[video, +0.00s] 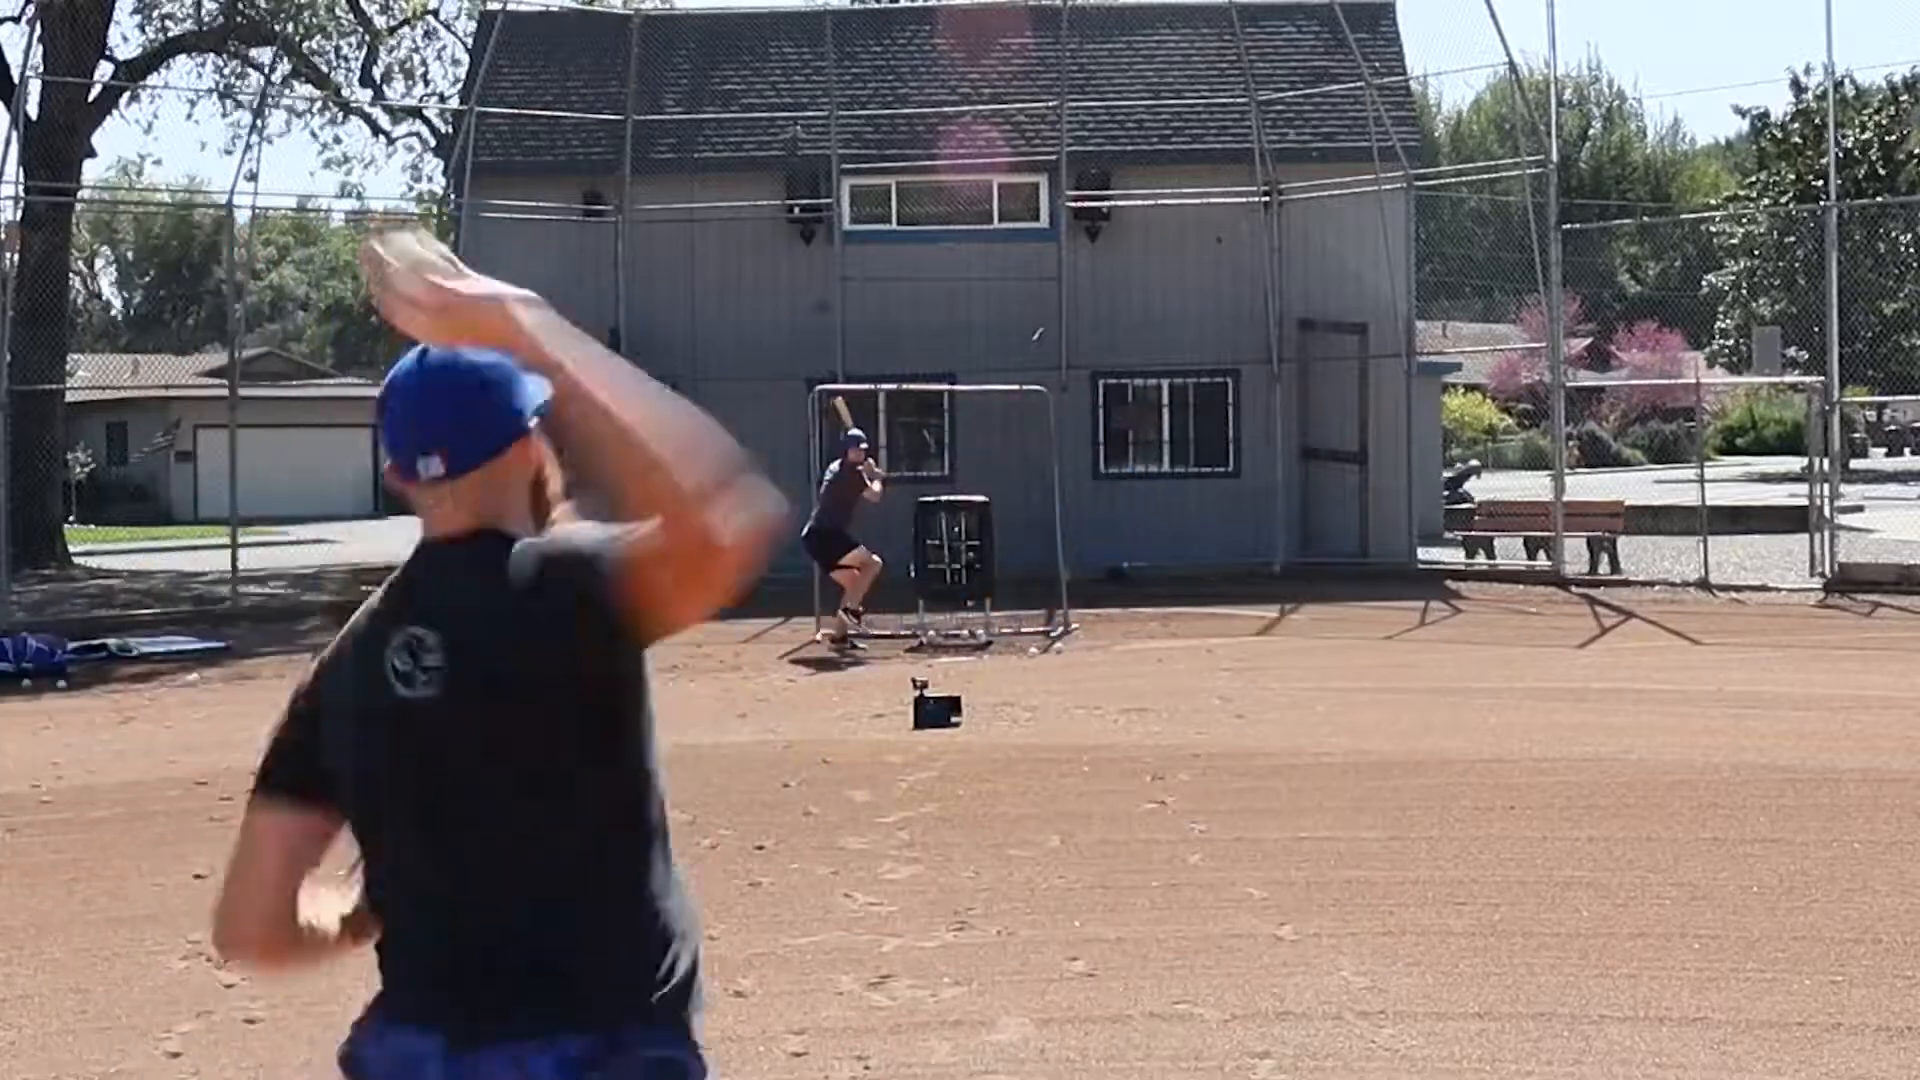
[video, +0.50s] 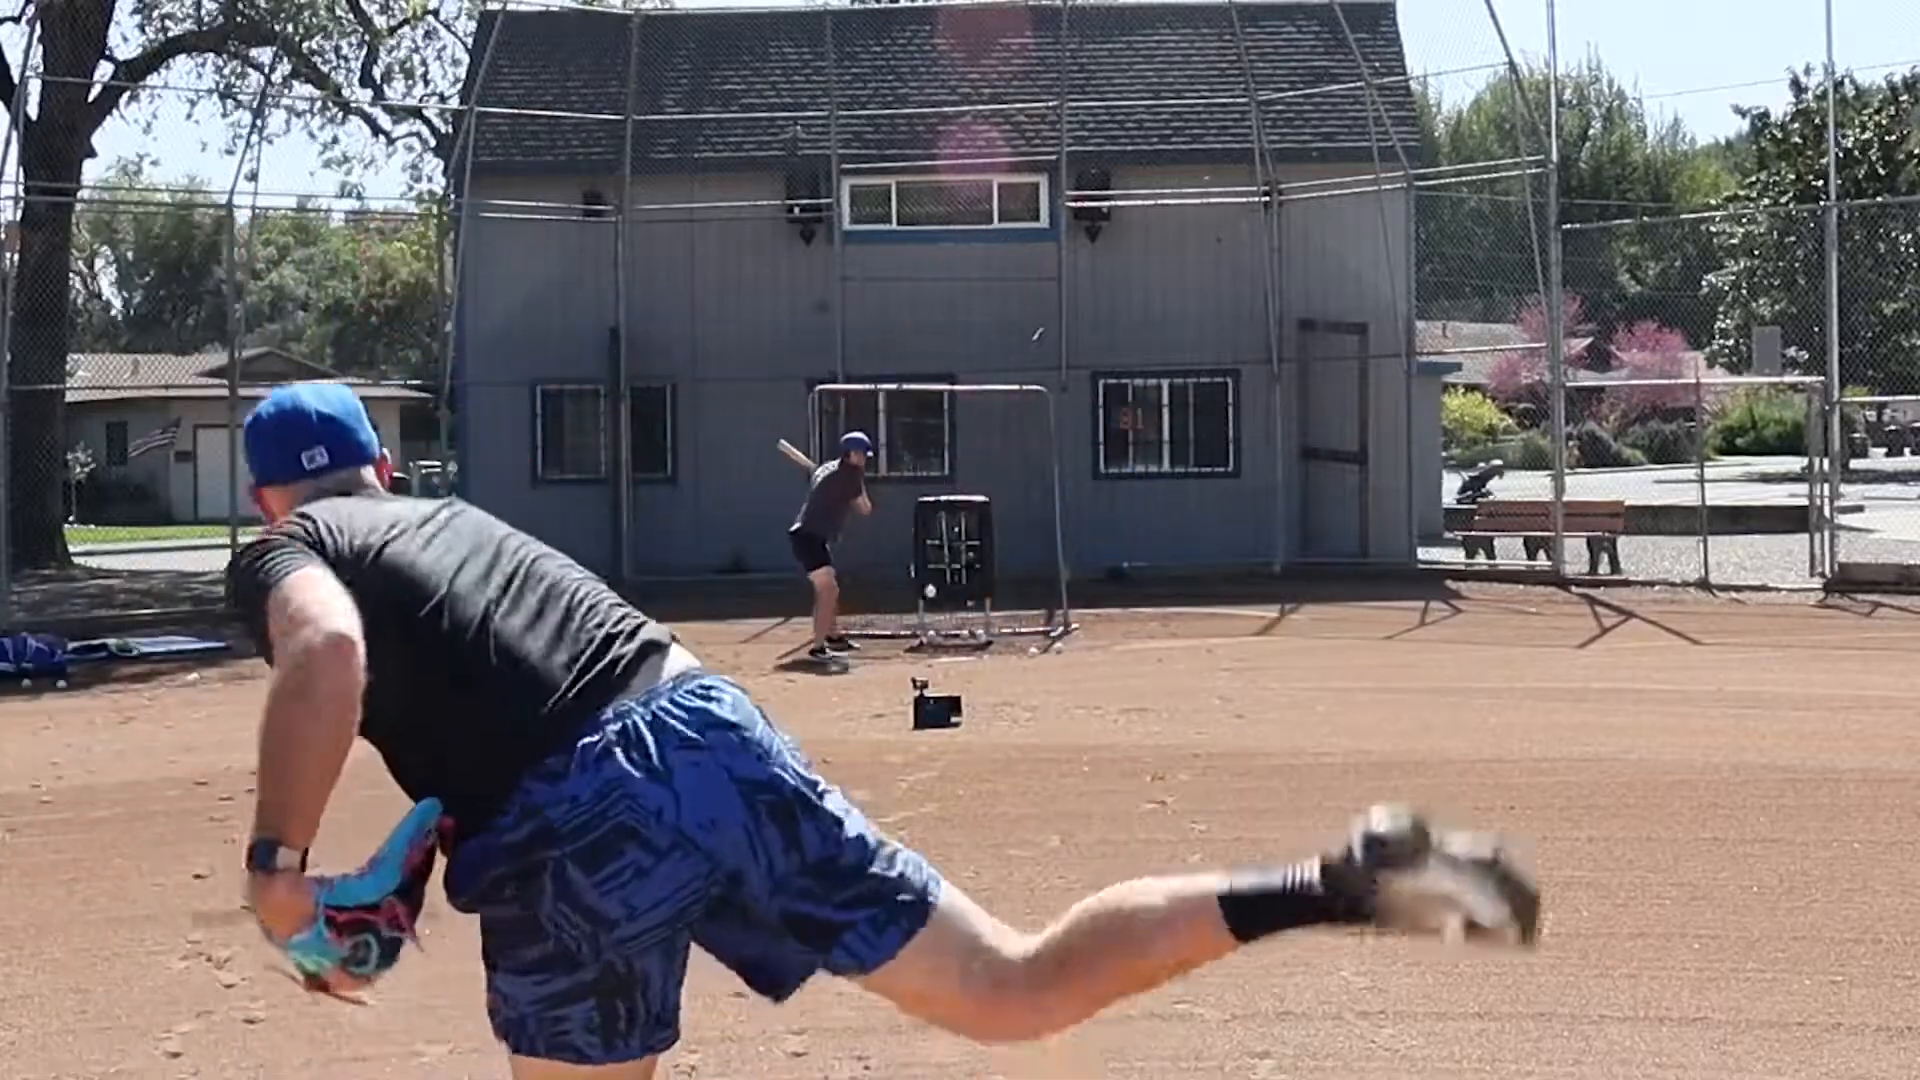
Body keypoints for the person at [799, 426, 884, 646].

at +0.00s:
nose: (859, 453)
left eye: (862, 448)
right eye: (855, 448)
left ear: (865, 450)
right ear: (846, 450)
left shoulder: (836, 467)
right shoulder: (850, 473)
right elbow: (875, 495)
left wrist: (872, 475)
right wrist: (876, 477)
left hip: (815, 534)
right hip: (827, 534)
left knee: (852, 581)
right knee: (872, 563)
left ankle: (840, 634)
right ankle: (853, 605)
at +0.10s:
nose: (861, 456)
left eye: (862, 452)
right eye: (856, 452)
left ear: (862, 453)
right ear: (845, 453)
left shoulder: (833, 470)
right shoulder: (853, 476)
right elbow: (874, 497)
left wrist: (865, 475)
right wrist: (871, 479)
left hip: (810, 538)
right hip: (825, 538)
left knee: (850, 584)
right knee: (866, 571)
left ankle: (841, 634)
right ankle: (847, 614)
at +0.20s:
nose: (860, 459)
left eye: (862, 455)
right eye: (856, 455)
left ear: (861, 456)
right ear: (845, 456)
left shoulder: (832, 472)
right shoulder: (852, 480)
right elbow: (874, 500)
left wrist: (862, 477)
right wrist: (868, 481)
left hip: (813, 538)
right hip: (824, 540)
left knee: (850, 587)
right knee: (856, 585)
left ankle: (841, 631)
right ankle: (837, 630)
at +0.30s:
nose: (863, 468)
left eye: (864, 463)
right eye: (859, 463)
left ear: (846, 464)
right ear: (847, 463)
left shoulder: (830, 479)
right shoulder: (851, 485)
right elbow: (873, 506)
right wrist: (864, 485)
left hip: (816, 546)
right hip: (820, 549)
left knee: (855, 595)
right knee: (849, 596)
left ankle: (838, 636)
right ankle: (829, 640)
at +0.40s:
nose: (865, 469)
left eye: (866, 464)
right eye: (861, 464)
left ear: (852, 467)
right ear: (850, 465)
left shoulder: (830, 479)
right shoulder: (854, 486)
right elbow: (871, 510)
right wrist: (862, 491)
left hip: (816, 546)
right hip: (815, 549)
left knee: (846, 596)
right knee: (842, 596)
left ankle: (837, 636)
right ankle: (823, 644)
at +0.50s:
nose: (864, 459)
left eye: (865, 454)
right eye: (861, 454)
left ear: (848, 455)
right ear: (850, 454)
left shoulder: (828, 467)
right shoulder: (849, 474)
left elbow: (814, 471)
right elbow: (864, 508)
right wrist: (858, 481)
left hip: (808, 534)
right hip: (810, 536)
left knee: (830, 589)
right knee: (827, 589)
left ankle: (832, 633)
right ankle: (818, 645)